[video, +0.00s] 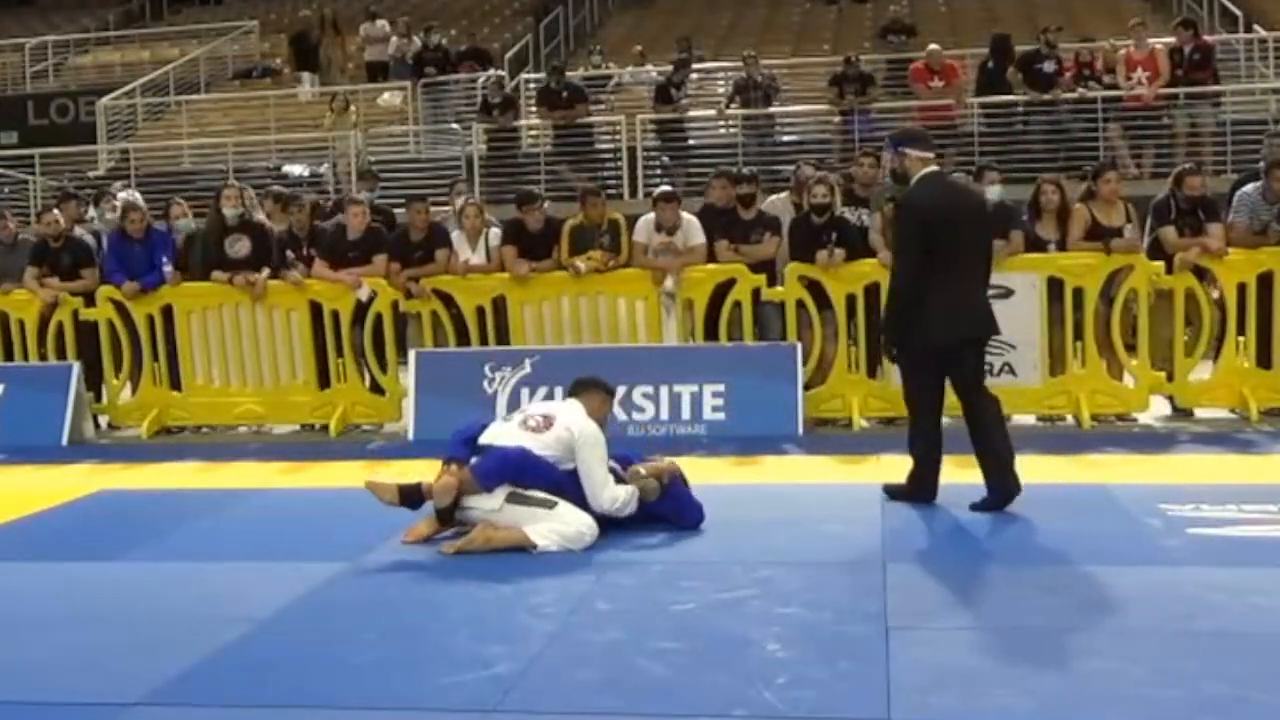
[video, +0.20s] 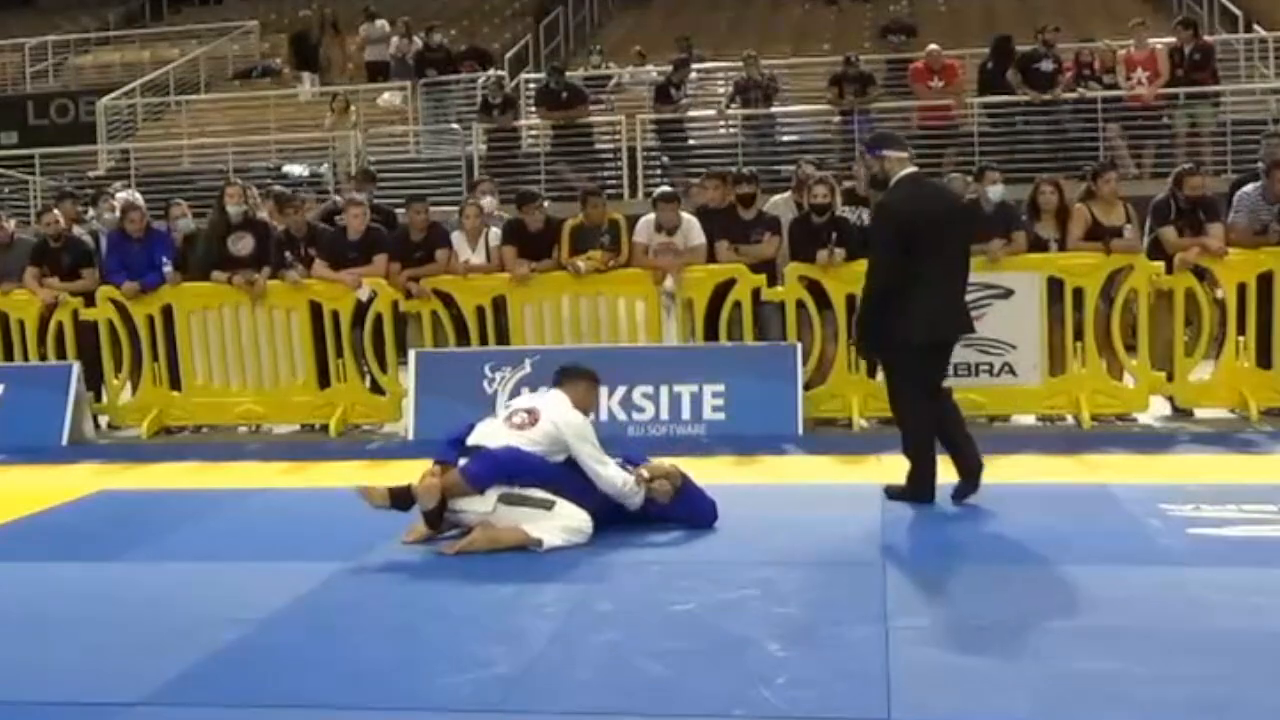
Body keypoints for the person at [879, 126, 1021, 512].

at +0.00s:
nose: (893, 168)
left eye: (895, 161)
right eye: (893, 162)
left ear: (907, 158)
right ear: (933, 157)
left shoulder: (912, 204)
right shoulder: (972, 196)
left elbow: (905, 273)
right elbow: (981, 262)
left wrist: (890, 328)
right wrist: (973, 305)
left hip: (924, 320)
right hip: (970, 317)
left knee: (924, 408)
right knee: (976, 396)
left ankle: (922, 484)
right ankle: (1002, 481)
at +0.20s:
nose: (868, 171)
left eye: (869, 164)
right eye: (868, 164)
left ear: (883, 162)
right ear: (907, 159)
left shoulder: (890, 207)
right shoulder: (945, 197)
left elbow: (881, 276)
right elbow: (959, 262)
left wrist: (865, 331)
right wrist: (952, 305)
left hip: (904, 318)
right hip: (946, 314)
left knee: (910, 398)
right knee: (930, 390)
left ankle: (920, 483)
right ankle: (968, 462)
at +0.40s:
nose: (852, 171)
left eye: (852, 165)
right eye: (852, 165)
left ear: (861, 163)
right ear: (888, 159)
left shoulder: (872, 204)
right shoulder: (927, 197)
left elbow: (864, 270)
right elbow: (940, 259)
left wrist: (849, 325)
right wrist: (935, 306)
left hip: (889, 313)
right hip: (924, 310)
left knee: (902, 393)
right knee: (898, 390)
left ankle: (920, 481)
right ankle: (895, 469)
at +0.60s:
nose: (833, 175)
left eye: (834, 168)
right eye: (833, 169)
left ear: (847, 165)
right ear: (869, 162)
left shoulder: (858, 205)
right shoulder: (897, 198)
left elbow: (851, 273)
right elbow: (909, 264)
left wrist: (836, 329)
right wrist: (909, 315)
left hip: (870, 318)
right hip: (901, 314)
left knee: (883, 397)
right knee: (874, 393)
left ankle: (915, 480)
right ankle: (862, 468)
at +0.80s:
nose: (819, 170)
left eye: (821, 163)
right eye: (818, 163)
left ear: (837, 161)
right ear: (850, 159)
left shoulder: (843, 201)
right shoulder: (876, 198)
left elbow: (837, 263)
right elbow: (878, 258)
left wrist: (819, 305)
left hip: (846, 309)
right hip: (876, 307)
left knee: (822, 381)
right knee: (866, 384)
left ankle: (873, 449)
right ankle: (863, 464)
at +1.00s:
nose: (767, 123)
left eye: (770, 114)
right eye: (767, 114)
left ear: (785, 115)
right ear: (802, 114)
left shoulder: (799, 154)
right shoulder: (829, 149)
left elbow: (796, 215)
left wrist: (758, 241)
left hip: (793, 261)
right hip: (828, 258)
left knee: (770, 335)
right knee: (825, 338)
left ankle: (768, 415)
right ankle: (830, 418)